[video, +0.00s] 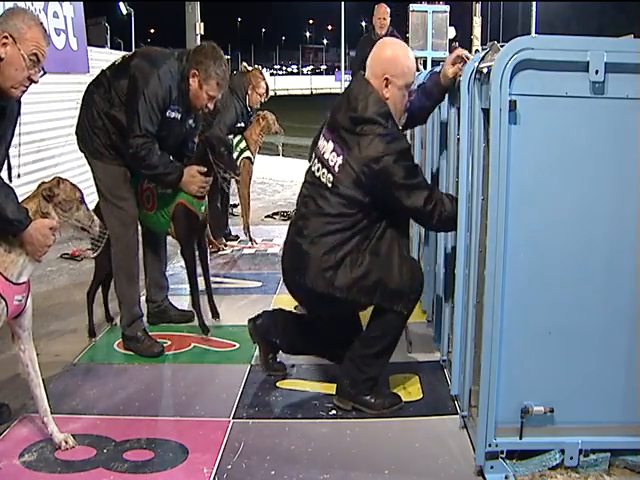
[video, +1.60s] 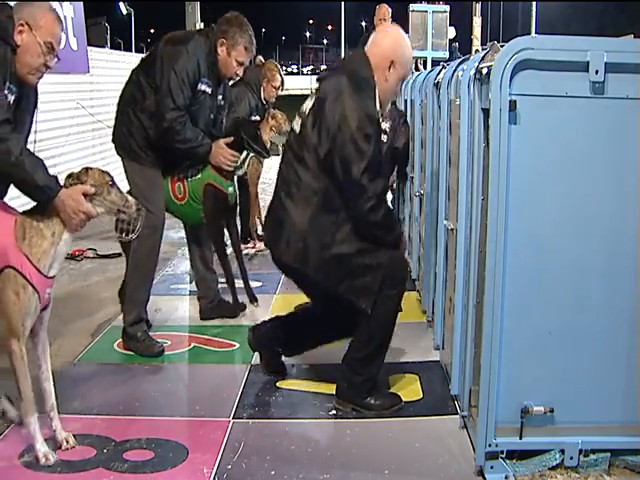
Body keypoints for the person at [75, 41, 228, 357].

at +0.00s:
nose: (211, 105)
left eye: (216, 100)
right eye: (209, 97)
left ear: (197, 77)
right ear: (193, 78)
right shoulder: (153, 79)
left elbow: (185, 143)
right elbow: (136, 146)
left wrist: (190, 173)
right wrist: (177, 175)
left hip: (142, 137)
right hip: (104, 134)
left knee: (153, 218)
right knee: (124, 222)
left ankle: (158, 304)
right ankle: (132, 326)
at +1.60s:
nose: (240, 71)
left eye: (245, 65)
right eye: (238, 63)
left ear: (230, 50)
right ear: (220, 46)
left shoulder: (221, 70)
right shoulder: (182, 54)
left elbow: (216, 122)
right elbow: (169, 120)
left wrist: (223, 145)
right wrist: (208, 149)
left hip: (183, 144)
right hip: (142, 139)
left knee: (199, 217)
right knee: (152, 219)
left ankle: (210, 301)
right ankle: (134, 324)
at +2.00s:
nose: (272, 52)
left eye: (275, 45)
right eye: (270, 44)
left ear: (261, 39)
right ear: (256, 37)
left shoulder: (257, 56)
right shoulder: (222, 42)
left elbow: (252, 108)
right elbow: (208, 106)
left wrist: (255, 138)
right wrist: (241, 141)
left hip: (209, 134)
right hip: (173, 127)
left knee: (214, 212)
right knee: (190, 213)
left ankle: (211, 300)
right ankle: (169, 315)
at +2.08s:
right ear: (263, 23)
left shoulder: (259, 47)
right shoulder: (226, 38)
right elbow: (215, 106)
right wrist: (251, 142)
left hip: (208, 134)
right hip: (179, 129)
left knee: (217, 216)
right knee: (199, 220)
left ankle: (213, 300)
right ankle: (202, 322)